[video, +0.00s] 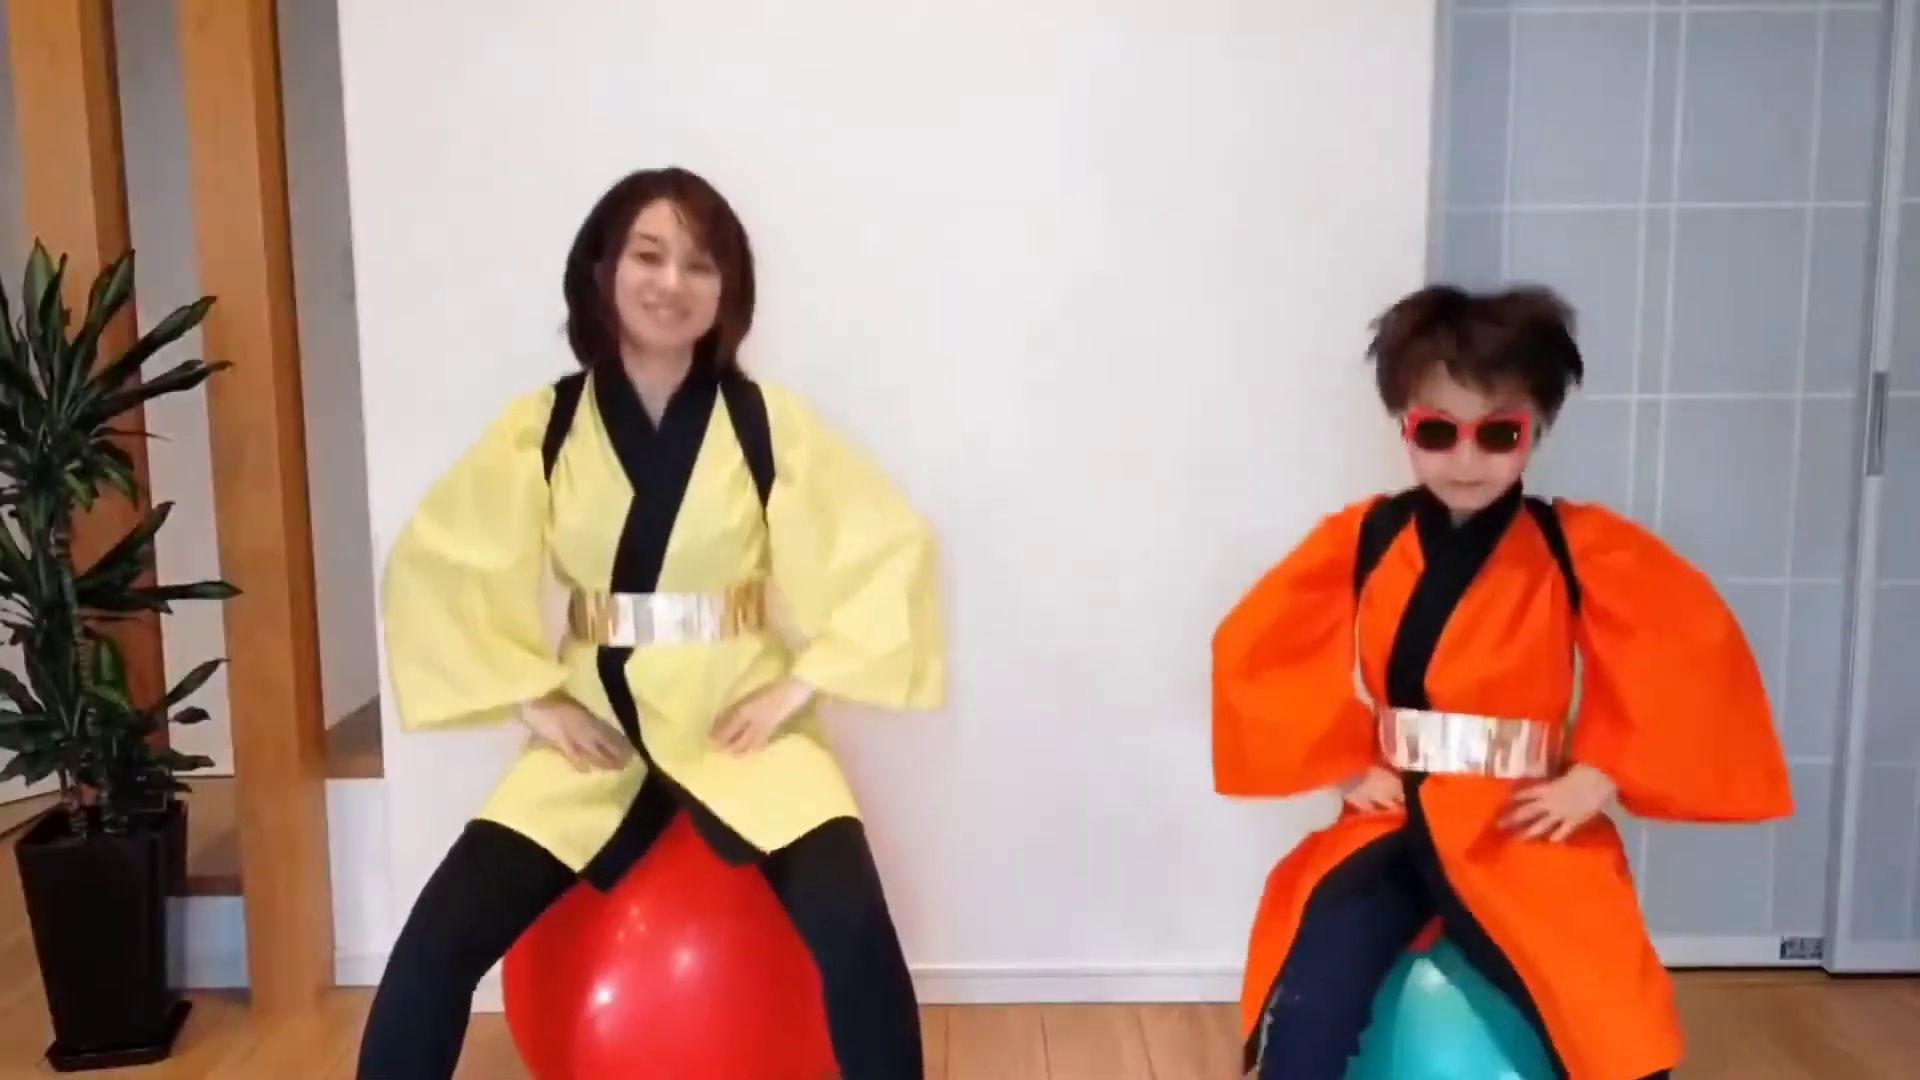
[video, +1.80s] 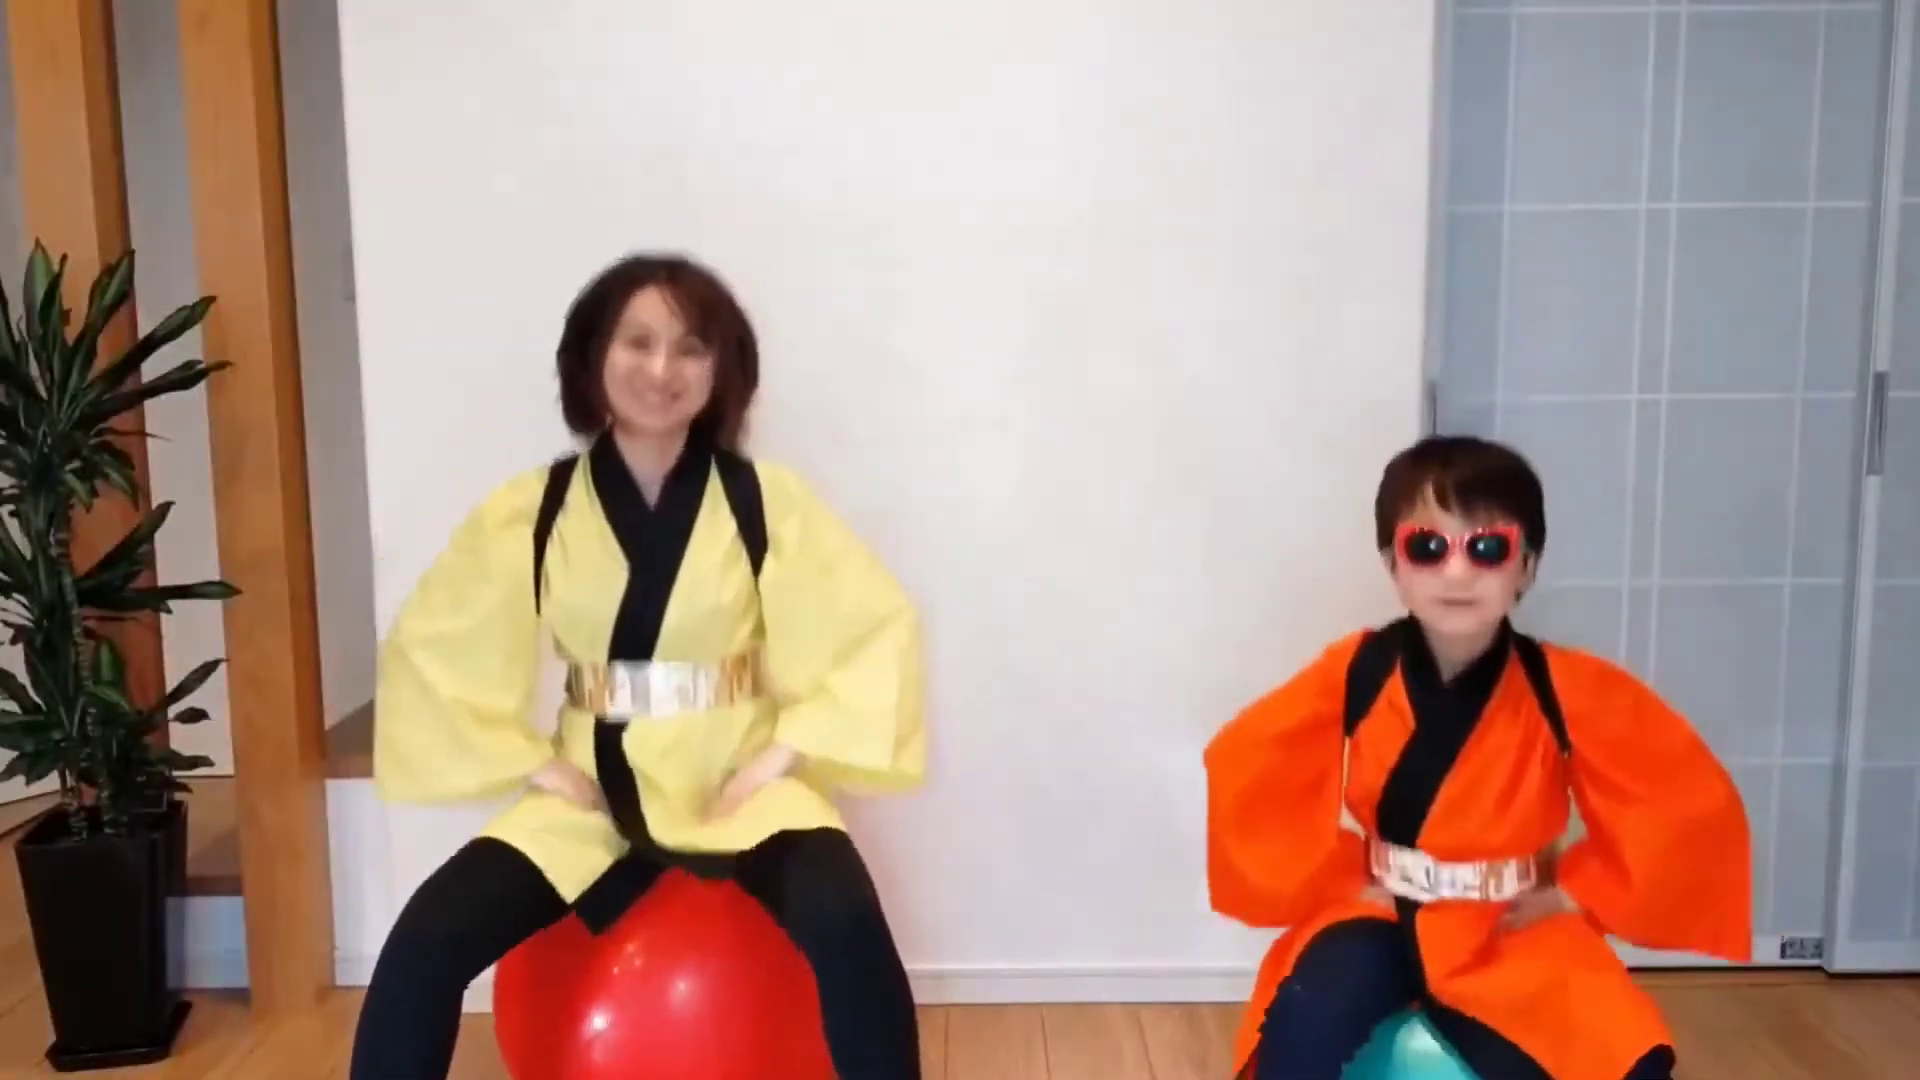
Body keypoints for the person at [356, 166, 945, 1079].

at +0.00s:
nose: (669, 282)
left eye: (697, 264)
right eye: (646, 255)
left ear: (727, 290)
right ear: (602, 273)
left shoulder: (769, 425)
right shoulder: (541, 427)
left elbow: (891, 551)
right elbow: (432, 567)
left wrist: (801, 682)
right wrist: (536, 698)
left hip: (752, 733)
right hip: (590, 736)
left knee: (856, 927)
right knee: (434, 945)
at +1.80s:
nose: (661, 371)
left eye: (688, 350)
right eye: (637, 344)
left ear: (720, 371)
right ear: (594, 359)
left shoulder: (764, 500)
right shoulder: (534, 508)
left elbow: (880, 631)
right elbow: (426, 654)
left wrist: (781, 751)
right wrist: (539, 763)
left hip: (745, 792)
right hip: (588, 799)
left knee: (847, 922)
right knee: (425, 939)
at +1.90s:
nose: (661, 425)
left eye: (687, 406)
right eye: (637, 401)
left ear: (716, 429)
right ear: (598, 417)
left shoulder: (766, 561)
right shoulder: (542, 567)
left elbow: (876, 705)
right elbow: (430, 711)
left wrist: (773, 815)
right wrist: (540, 823)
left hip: (739, 849)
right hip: (589, 854)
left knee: (841, 914)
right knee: (430, 937)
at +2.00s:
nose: (656, 384)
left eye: (683, 364)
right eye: (631, 359)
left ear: (713, 387)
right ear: (593, 375)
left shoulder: (763, 522)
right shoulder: (539, 529)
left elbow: (872, 670)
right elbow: (433, 681)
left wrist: (779, 782)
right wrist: (541, 793)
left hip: (745, 817)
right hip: (589, 824)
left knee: (847, 932)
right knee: (433, 940)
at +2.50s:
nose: (655, 421)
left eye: (680, 400)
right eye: (630, 398)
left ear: (711, 422)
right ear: (592, 415)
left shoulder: (764, 556)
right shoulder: (540, 561)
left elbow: (874, 707)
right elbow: (426, 706)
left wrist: (778, 806)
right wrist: (531, 811)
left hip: (736, 847)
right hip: (589, 851)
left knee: (831, 906)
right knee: (437, 933)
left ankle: (883, 1075)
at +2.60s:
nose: (649, 348)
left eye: (676, 325)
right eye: (624, 323)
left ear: (708, 345)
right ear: (586, 339)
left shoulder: (758, 482)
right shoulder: (532, 489)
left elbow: (869, 637)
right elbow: (429, 649)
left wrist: (770, 750)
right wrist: (543, 763)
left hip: (741, 781)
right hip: (585, 788)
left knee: (845, 936)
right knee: (426, 946)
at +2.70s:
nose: (646, 297)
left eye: (673, 273)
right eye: (620, 271)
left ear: (708, 289)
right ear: (580, 285)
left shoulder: (757, 423)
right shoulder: (526, 429)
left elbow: (868, 564)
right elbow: (422, 578)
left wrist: (775, 686)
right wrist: (529, 700)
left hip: (743, 736)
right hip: (582, 743)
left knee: (846, 932)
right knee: (434, 949)